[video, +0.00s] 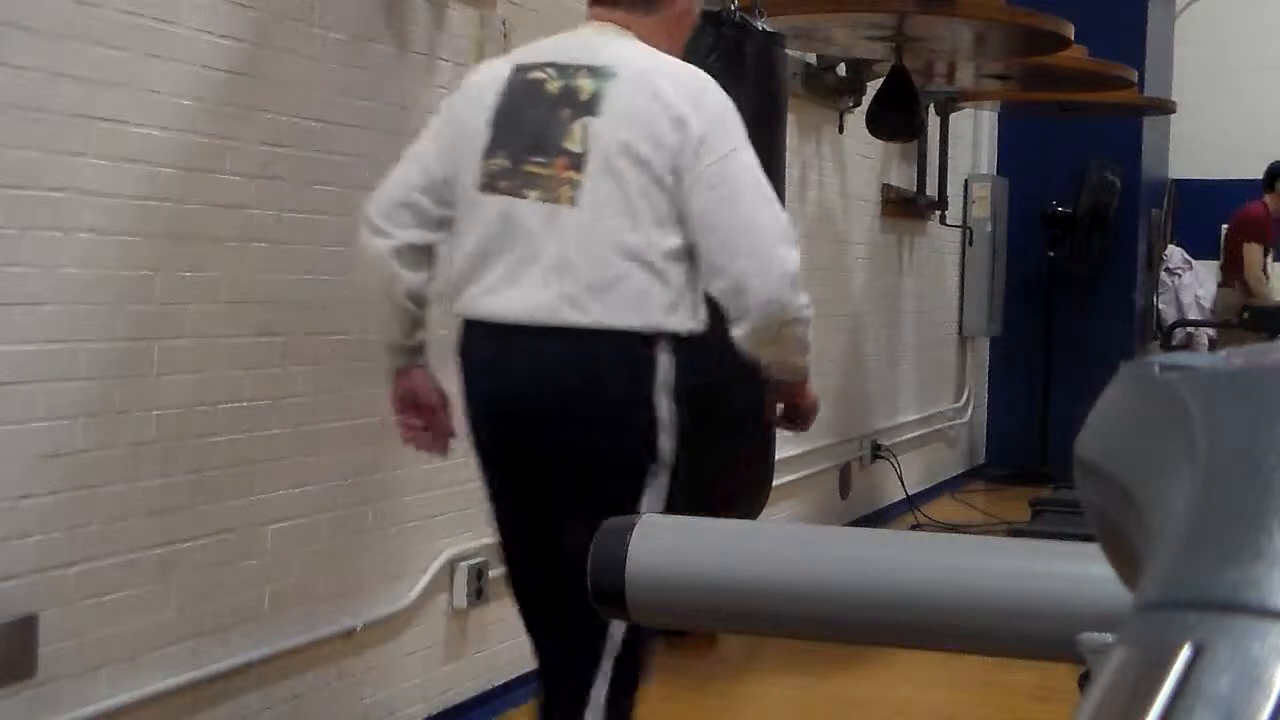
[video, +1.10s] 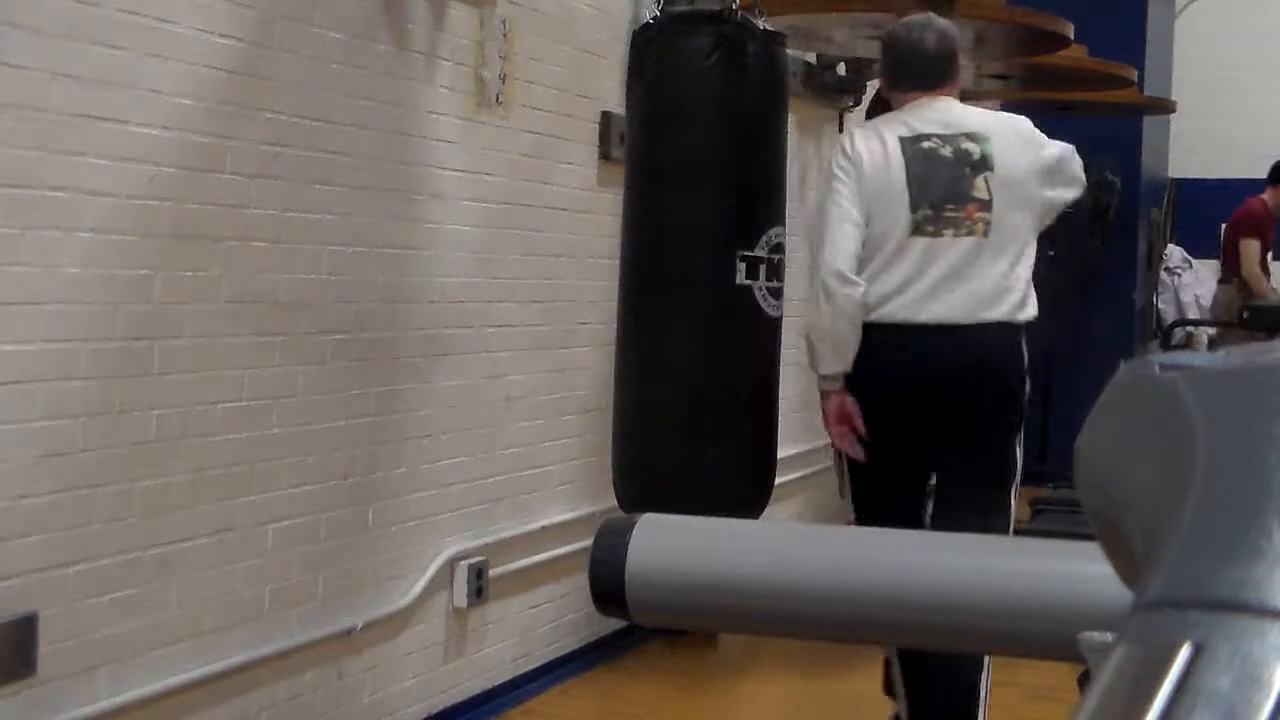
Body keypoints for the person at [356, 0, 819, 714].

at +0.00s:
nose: (693, 29)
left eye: (696, 19)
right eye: (695, 16)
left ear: (594, 5)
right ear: (680, 10)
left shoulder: (490, 80)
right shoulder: (686, 96)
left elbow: (394, 219)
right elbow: (760, 273)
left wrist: (406, 359)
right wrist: (788, 375)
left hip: (495, 359)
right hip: (623, 363)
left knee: (542, 586)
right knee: (609, 590)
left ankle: (570, 707)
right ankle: (586, 712)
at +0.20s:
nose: (749, 56)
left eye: (750, 41)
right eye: (748, 41)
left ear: (658, 31)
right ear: (733, 38)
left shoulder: (574, 116)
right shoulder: (756, 122)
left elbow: (492, 258)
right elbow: (814, 288)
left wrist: (502, 382)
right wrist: (841, 398)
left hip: (578, 377)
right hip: (707, 383)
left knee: (608, 596)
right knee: (700, 595)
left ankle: (618, 710)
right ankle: (664, 714)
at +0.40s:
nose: (811, 45)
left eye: (809, 33)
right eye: (811, 35)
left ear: (725, 28)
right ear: (802, 36)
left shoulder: (644, 105)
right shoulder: (823, 116)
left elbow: (561, 237)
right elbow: (874, 272)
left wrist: (579, 355)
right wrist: (891, 370)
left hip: (652, 363)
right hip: (775, 370)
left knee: (650, 571)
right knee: (800, 560)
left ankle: (639, 712)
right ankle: (788, 708)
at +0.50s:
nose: (840, 61)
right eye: (841, 49)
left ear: (751, 43)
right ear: (833, 52)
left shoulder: (683, 123)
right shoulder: (863, 136)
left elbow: (593, 249)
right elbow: (928, 279)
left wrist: (610, 361)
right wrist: (928, 366)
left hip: (680, 376)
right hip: (807, 387)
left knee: (672, 585)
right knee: (853, 574)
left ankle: (654, 716)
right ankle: (882, 716)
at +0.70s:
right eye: (914, 82)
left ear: (828, 81)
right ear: (908, 85)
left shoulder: (774, 147)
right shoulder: (947, 162)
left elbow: (700, 266)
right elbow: (1020, 295)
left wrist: (692, 380)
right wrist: (989, 357)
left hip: (778, 386)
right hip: (898, 395)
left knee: (753, 584)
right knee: (933, 579)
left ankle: (705, 713)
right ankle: (949, 714)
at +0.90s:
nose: (955, 73)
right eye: (953, 65)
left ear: (870, 71)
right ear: (946, 69)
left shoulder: (830, 133)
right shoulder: (995, 136)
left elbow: (793, 255)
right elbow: (1069, 254)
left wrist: (790, 370)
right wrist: (1010, 236)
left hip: (850, 353)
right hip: (956, 360)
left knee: (844, 527)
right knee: (957, 540)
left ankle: (808, 696)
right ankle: (952, 705)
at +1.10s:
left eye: (886, 77)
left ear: (888, 79)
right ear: (960, 78)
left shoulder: (861, 147)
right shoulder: (1013, 138)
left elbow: (838, 273)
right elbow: (1072, 174)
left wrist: (833, 381)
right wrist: (1008, 206)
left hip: (892, 362)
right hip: (990, 364)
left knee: (888, 542)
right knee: (976, 541)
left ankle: (915, 694)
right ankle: (961, 701)